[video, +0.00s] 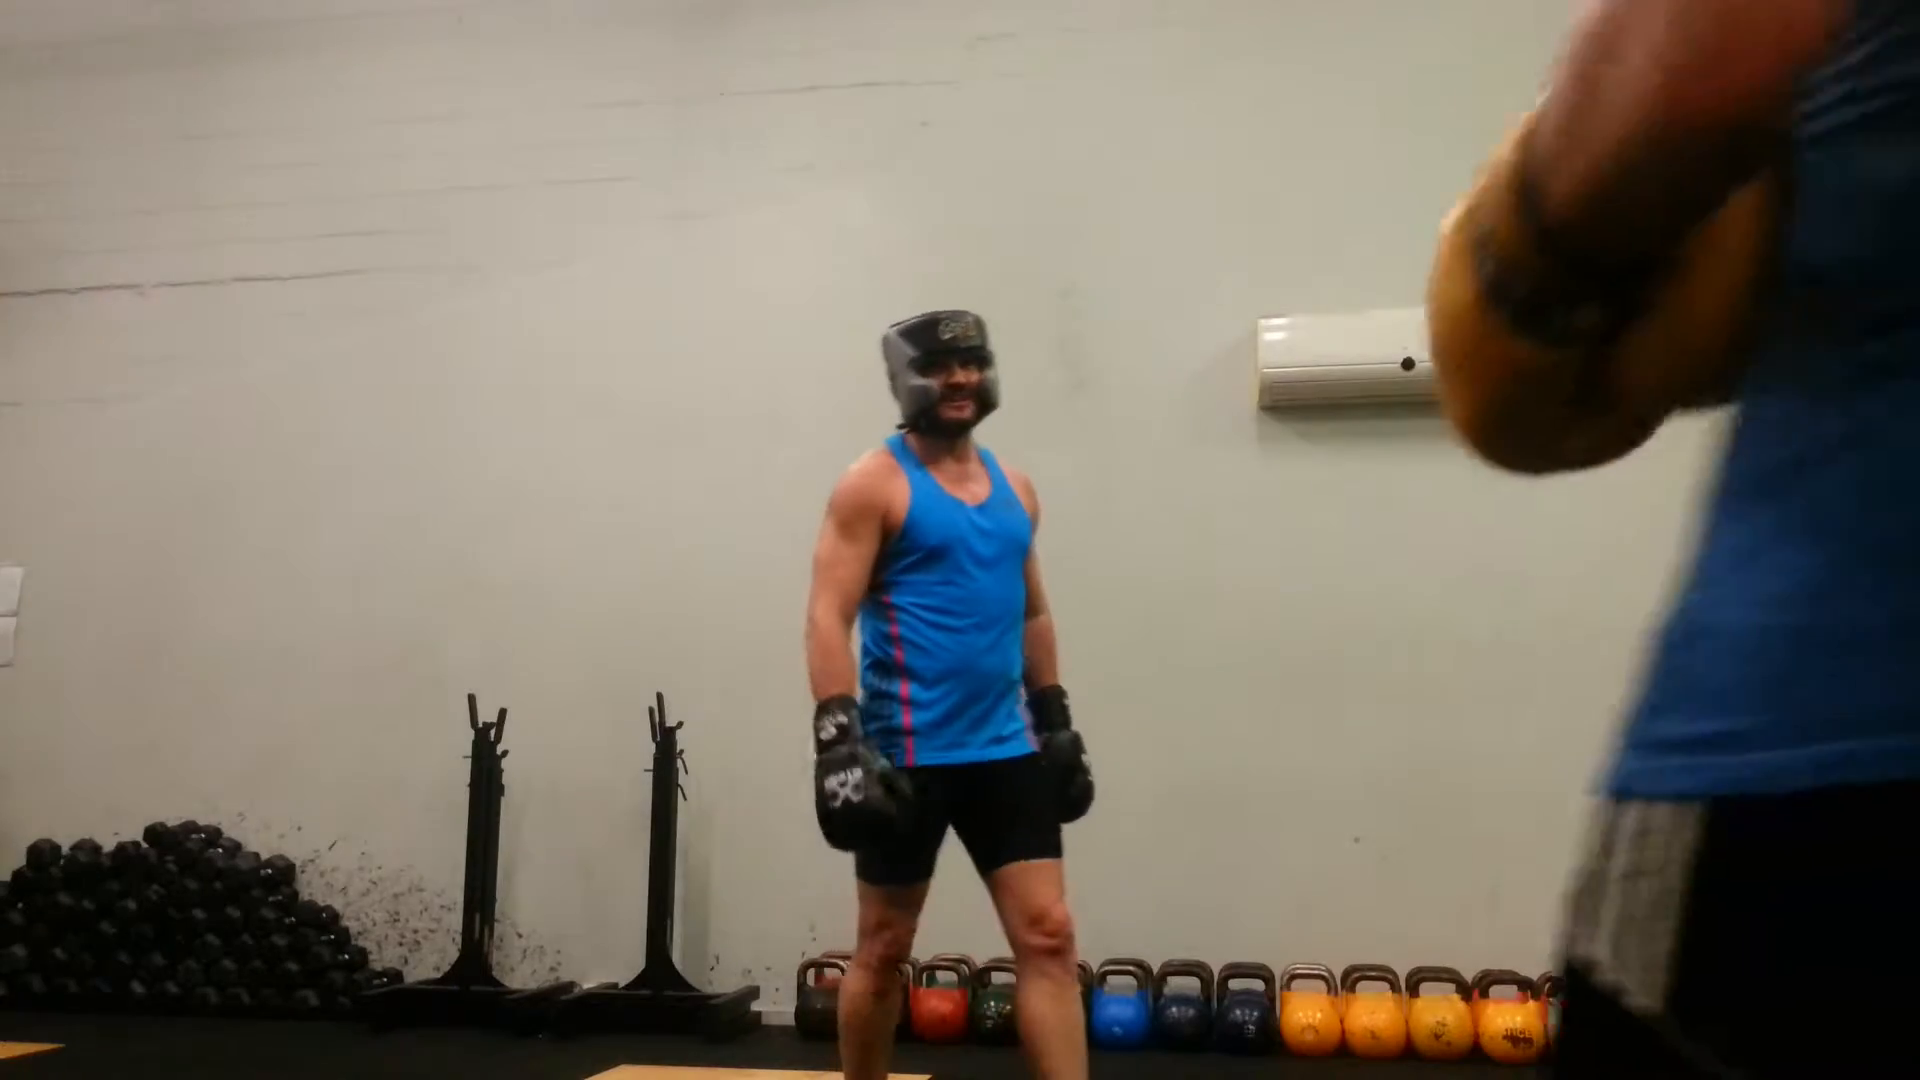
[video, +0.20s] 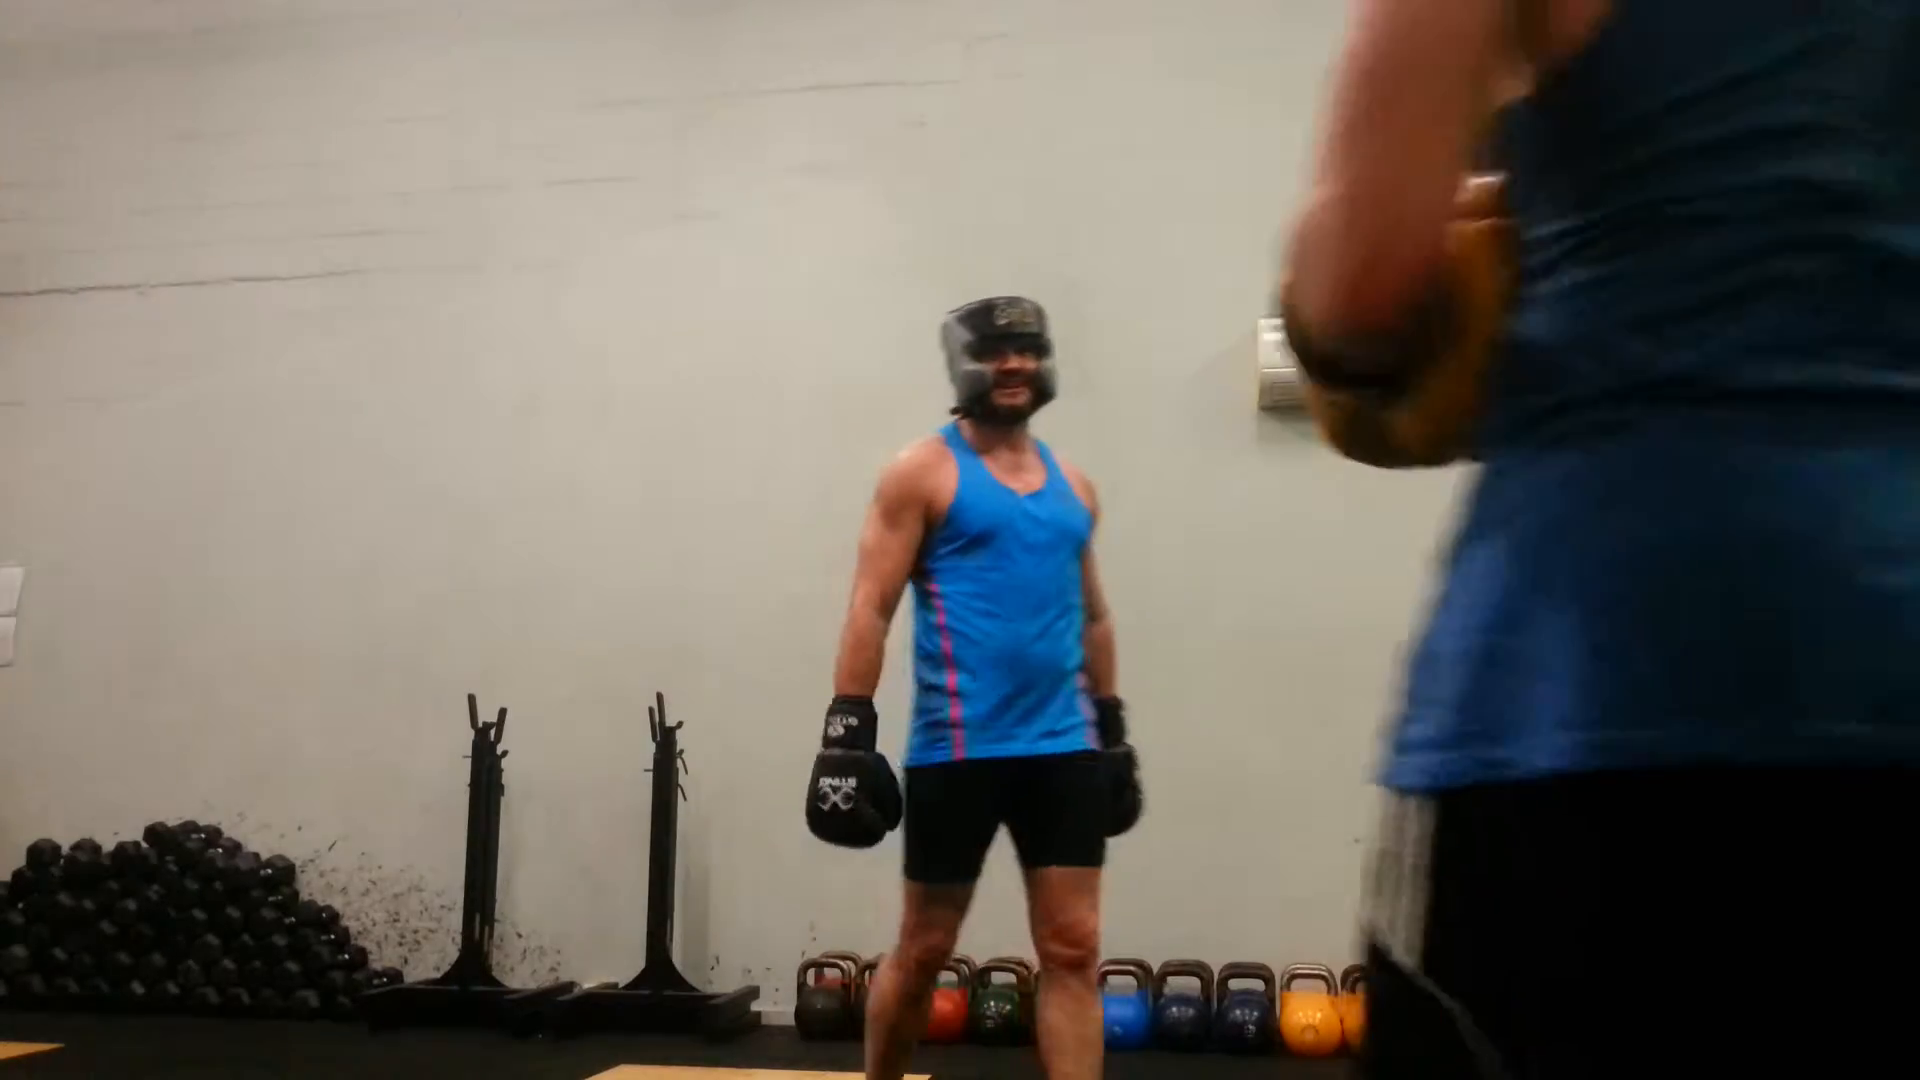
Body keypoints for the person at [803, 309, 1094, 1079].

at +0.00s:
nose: (963, 380)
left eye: (974, 365)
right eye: (942, 368)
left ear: (990, 377)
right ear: (905, 382)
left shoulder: (1012, 487)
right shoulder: (872, 486)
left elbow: (1034, 614)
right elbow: (829, 616)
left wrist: (1054, 727)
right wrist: (838, 745)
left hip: (1005, 751)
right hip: (903, 758)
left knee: (1048, 936)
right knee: (883, 948)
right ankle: (861, 1079)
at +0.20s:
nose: (1014, 364)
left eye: (1027, 350)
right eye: (994, 350)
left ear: (1047, 368)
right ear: (961, 365)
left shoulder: (1072, 487)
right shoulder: (921, 474)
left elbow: (1092, 618)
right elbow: (870, 606)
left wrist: (1111, 735)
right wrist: (847, 736)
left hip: (1061, 750)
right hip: (954, 754)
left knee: (1074, 949)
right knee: (924, 951)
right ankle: (879, 1077)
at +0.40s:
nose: (1068, 353)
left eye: (1082, 340)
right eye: (1048, 341)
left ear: (1104, 358)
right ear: (1018, 358)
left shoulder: (1136, 486)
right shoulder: (976, 466)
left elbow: (1171, 622)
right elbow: (910, 592)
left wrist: (1203, 746)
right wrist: (873, 719)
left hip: (1118, 748)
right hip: (1014, 747)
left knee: (1108, 950)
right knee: (1004, 954)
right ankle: (923, 1068)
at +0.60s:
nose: (1099, 379)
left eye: (1115, 366)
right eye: (1087, 365)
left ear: (1138, 376)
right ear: (1061, 372)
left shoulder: (1188, 478)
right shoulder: (1016, 453)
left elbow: (1231, 617)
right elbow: (946, 578)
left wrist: (1283, 713)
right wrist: (925, 696)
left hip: (1149, 730)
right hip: (1050, 721)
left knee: (1124, 952)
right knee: (1085, 936)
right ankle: (1040, 1074)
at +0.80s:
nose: (1152, 357)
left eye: (1167, 338)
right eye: (1134, 337)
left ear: (1188, 349)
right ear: (1103, 350)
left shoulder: (1218, 461)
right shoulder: (1058, 448)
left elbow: (1261, 596)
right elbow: (984, 578)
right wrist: (974, 699)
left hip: (1194, 732)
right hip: (1092, 728)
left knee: (1139, 959)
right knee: (1151, 952)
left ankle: (1097, 1072)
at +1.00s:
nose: (1201, 356)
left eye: (1213, 338)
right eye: (1184, 338)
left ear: (1230, 348)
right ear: (1147, 353)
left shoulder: (1250, 454)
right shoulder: (1097, 448)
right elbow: (1030, 584)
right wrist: (1001, 717)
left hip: (1254, 728)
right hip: (1148, 735)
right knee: (1180, 956)